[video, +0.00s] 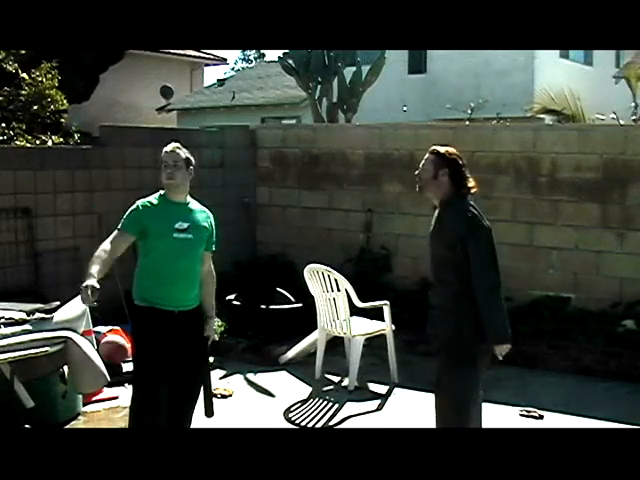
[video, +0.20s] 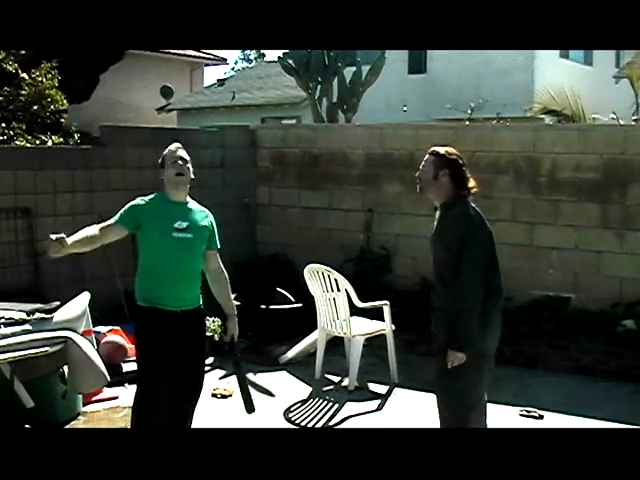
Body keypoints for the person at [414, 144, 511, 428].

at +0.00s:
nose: (417, 177)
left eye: (423, 172)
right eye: (419, 171)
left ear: (442, 177)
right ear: (441, 177)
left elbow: (486, 282)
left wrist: (499, 335)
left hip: (466, 333)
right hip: (451, 330)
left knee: (457, 411)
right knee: (454, 409)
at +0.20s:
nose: (418, 177)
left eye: (424, 172)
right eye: (419, 171)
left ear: (443, 177)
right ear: (441, 177)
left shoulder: (463, 222)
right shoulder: (450, 217)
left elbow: (468, 287)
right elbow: (455, 284)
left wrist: (459, 344)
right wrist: (449, 338)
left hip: (466, 340)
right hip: (455, 336)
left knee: (462, 416)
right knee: (457, 414)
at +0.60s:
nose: (424, 178)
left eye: (429, 171)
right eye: (425, 170)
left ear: (447, 174)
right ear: (447, 174)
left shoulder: (462, 221)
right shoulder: (451, 214)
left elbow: (444, 288)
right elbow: (433, 279)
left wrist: (408, 337)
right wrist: (406, 318)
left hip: (461, 338)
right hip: (449, 333)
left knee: (453, 417)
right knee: (446, 414)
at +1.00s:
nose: (418, 174)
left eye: (424, 167)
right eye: (420, 167)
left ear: (443, 171)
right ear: (443, 172)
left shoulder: (451, 217)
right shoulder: (463, 210)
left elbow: (443, 289)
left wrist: (436, 354)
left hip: (456, 346)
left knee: (455, 419)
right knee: (457, 417)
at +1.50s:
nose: (422, 162)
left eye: (429, 160)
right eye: (426, 158)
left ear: (443, 174)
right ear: (444, 175)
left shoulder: (443, 212)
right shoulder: (453, 210)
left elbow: (429, 271)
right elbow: (430, 271)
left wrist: (395, 315)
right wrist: (397, 304)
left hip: (445, 327)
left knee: (441, 407)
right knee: (446, 404)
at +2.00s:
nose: (415, 173)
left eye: (420, 167)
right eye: (416, 166)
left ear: (438, 173)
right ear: (441, 173)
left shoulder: (446, 215)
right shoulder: (458, 212)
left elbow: (407, 263)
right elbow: (419, 256)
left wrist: (365, 248)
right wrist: (390, 248)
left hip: (440, 332)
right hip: (452, 328)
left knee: (437, 412)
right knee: (446, 409)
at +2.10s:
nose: (412, 173)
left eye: (418, 167)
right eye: (414, 166)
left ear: (436, 173)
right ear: (438, 173)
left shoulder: (444, 217)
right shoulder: (458, 213)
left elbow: (419, 281)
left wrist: (380, 289)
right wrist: (401, 277)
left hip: (439, 335)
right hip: (451, 332)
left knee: (436, 416)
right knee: (445, 413)